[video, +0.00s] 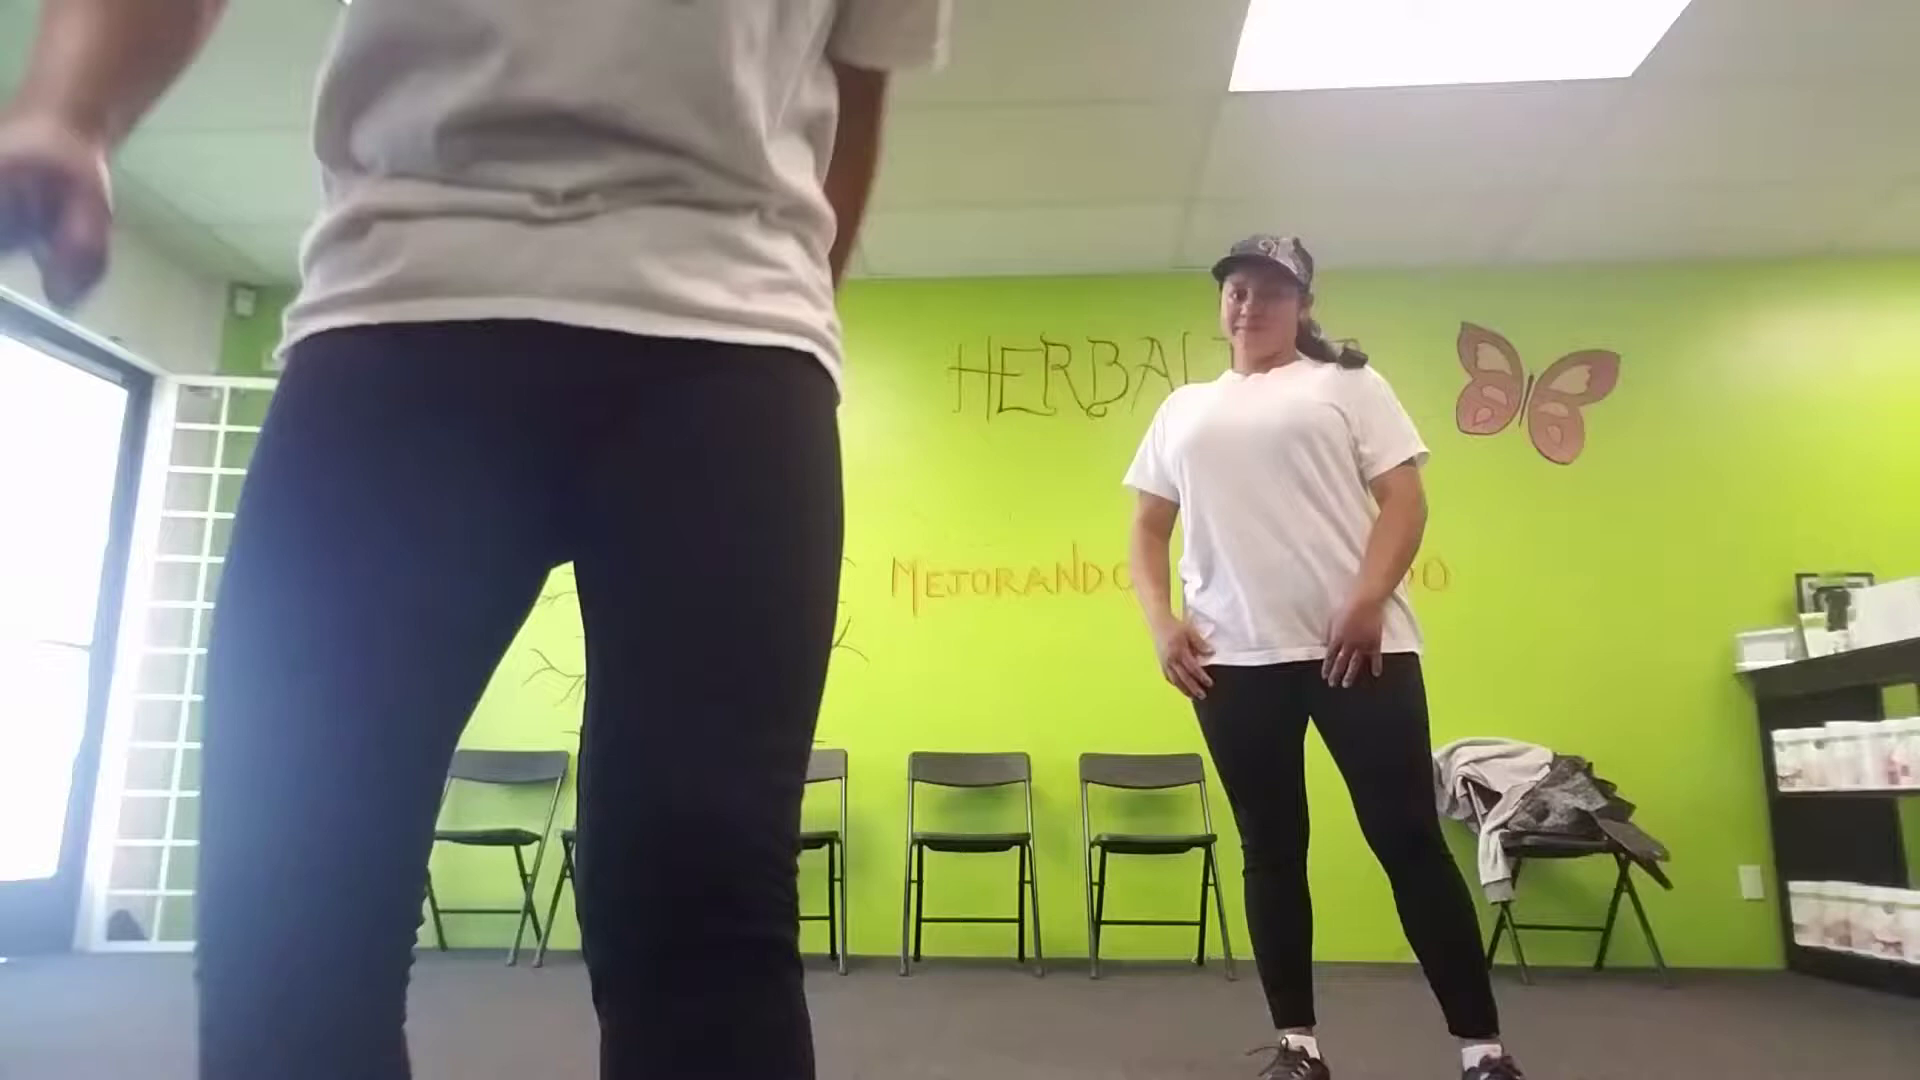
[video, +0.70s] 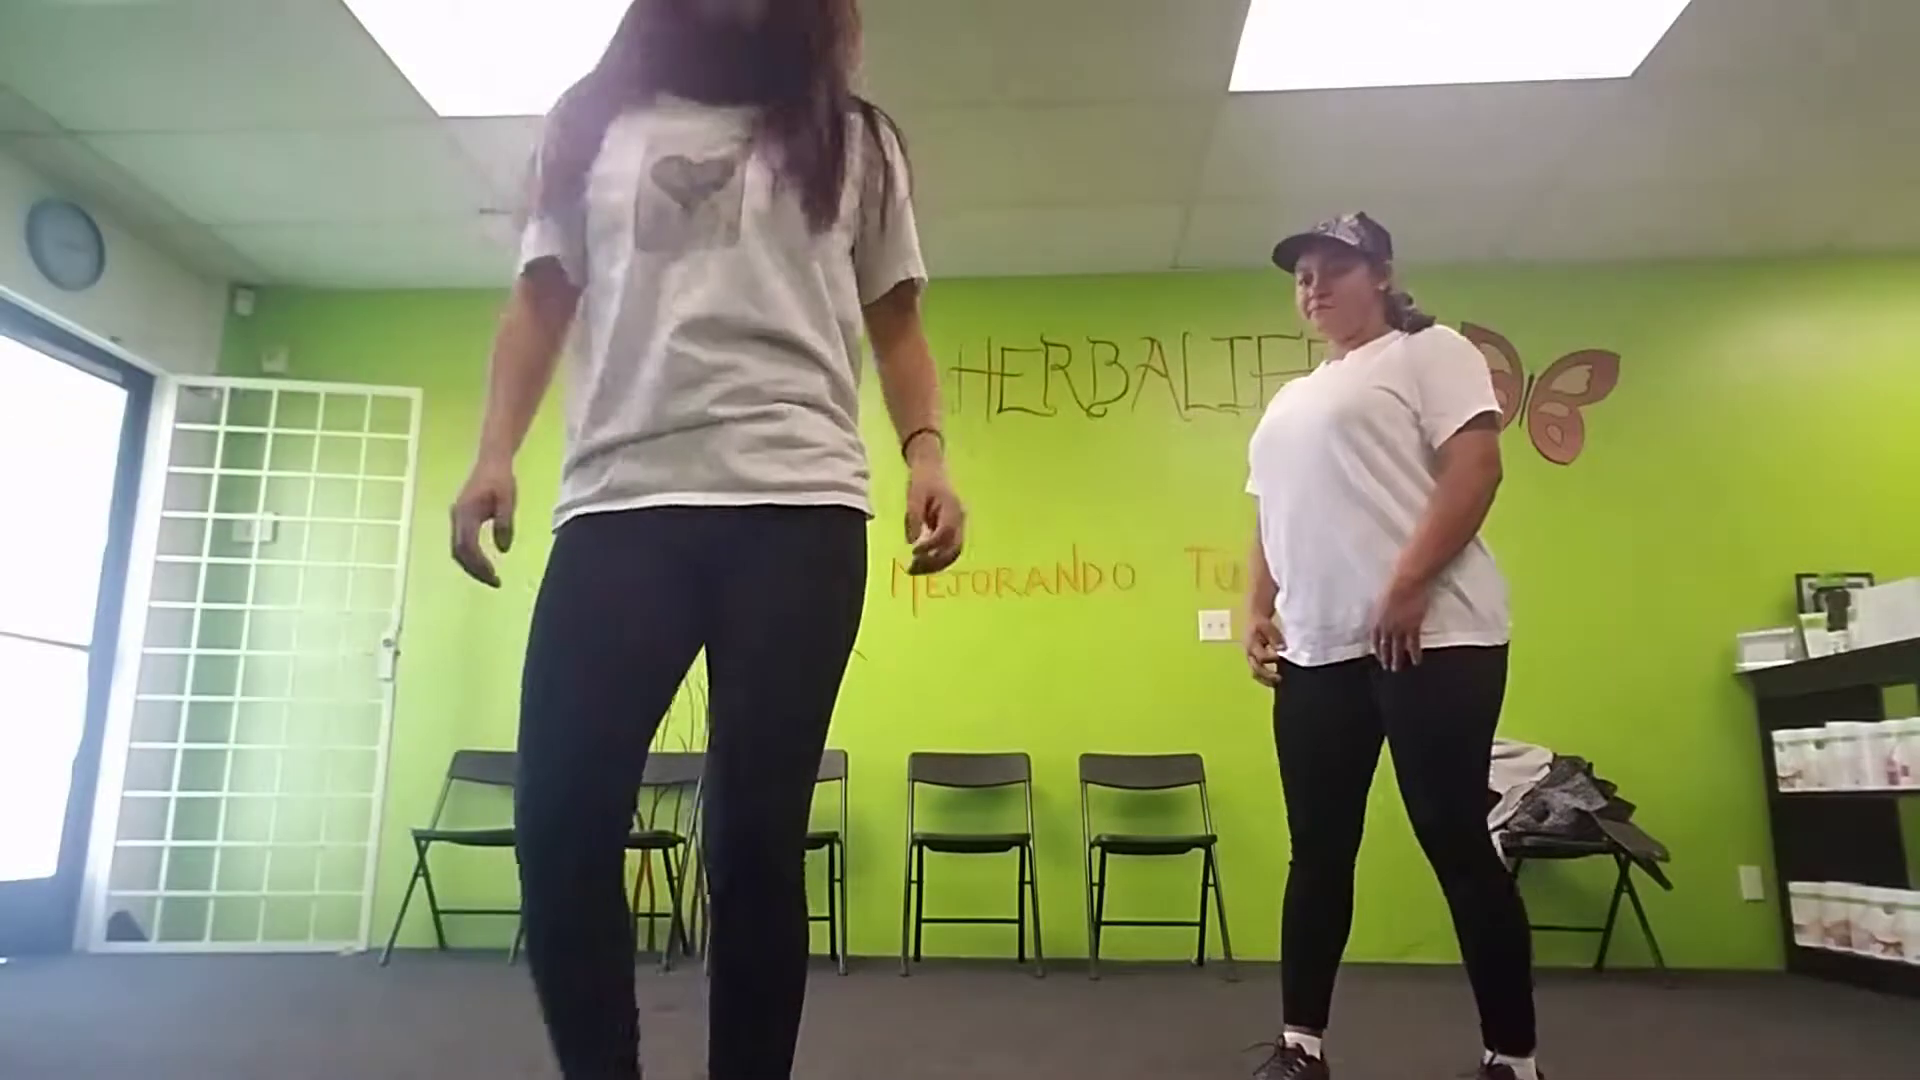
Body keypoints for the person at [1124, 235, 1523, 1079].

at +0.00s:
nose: (1249, 302)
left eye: (1270, 291)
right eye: (1237, 289)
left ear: (1302, 307)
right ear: (1220, 305)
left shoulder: (1349, 386)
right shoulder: (1184, 409)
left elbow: (1406, 502)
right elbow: (1149, 529)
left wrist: (1369, 599)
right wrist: (1161, 621)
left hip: (1359, 654)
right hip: (1238, 669)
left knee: (1410, 843)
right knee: (1271, 854)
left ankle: (1482, 1050)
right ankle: (1297, 1043)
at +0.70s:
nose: (1309, 289)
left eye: (1329, 271)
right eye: (1301, 277)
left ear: (1379, 274)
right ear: (1297, 293)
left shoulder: (1432, 350)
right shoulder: (1288, 401)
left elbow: (1477, 468)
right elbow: (1272, 516)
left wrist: (1411, 582)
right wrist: (1259, 605)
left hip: (1435, 643)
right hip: (1316, 657)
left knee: (1460, 847)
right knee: (1317, 850)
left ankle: (1511, 1059)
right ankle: (1302, 1045)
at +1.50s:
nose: (1292, 298)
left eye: (1311, 280)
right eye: (1284, 286)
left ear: (1360, 281)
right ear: (1279, 299)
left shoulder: (1433, 375)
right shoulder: (1257, 401)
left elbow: (1482, 495)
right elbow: (1221, 516)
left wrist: (1459, 601)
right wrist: (1220, 611)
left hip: (1420, 658)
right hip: (1294, 670)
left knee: (1464, 849)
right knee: (1308, 853)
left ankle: (1512, 1056)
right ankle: (1306, 1042)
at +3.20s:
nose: (1357, 298)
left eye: (1371, 281)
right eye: (1355, 287)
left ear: (1423, 282)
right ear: (1395, 293)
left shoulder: (1483, 357)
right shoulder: (1383, 401)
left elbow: (1508, 482)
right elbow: (1358, 541)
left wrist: (1462, 610)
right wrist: (1311, 644)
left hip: (1479, 651)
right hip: (1377, 662)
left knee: (1499, 850)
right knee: (1343, 843)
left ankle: (1507, 1057)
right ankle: (1310, 1034)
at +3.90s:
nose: (1328, 302)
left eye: (1339, 283)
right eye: (1327, 287)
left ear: (1391, 283)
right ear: (1382, 289)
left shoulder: (1435, 350)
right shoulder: (1397, 374)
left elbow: (1446, 478)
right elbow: (1396, 522)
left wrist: (1394, 613)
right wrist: (1356, 646)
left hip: (1460, 641)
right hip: (1407, 648)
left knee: (1478, 838)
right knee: (1363, 818)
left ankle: (1504, 1060)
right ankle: (1373, 1031)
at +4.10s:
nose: (1317, 307)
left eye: (1328, 290)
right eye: (1317, 293)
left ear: (1376, 291)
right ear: (1379, 297)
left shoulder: (1394, 360)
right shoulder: (1406, 365)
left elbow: (1389, 486)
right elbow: (1401, 516)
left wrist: (1336, 620)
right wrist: (1360, 645)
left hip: (1427, 635)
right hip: (1410, 638)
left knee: (1451, 835)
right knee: (1401, 833)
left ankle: (1503, 1060)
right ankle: (1411, 1044)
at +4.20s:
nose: (1312, 309)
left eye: (1324, 293)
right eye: (1313, 295)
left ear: (1372, 296)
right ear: (1377, 302)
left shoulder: (1379, 362)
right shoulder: (1404, 369)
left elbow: (1365, 491)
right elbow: (1389, 506)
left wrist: (1307, 614)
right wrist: (1342, 621)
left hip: (1412, 638)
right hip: (1406, 637)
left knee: (1441, 837)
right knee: (1394, 832)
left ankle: (1503, 1060)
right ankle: (1410, 1042)